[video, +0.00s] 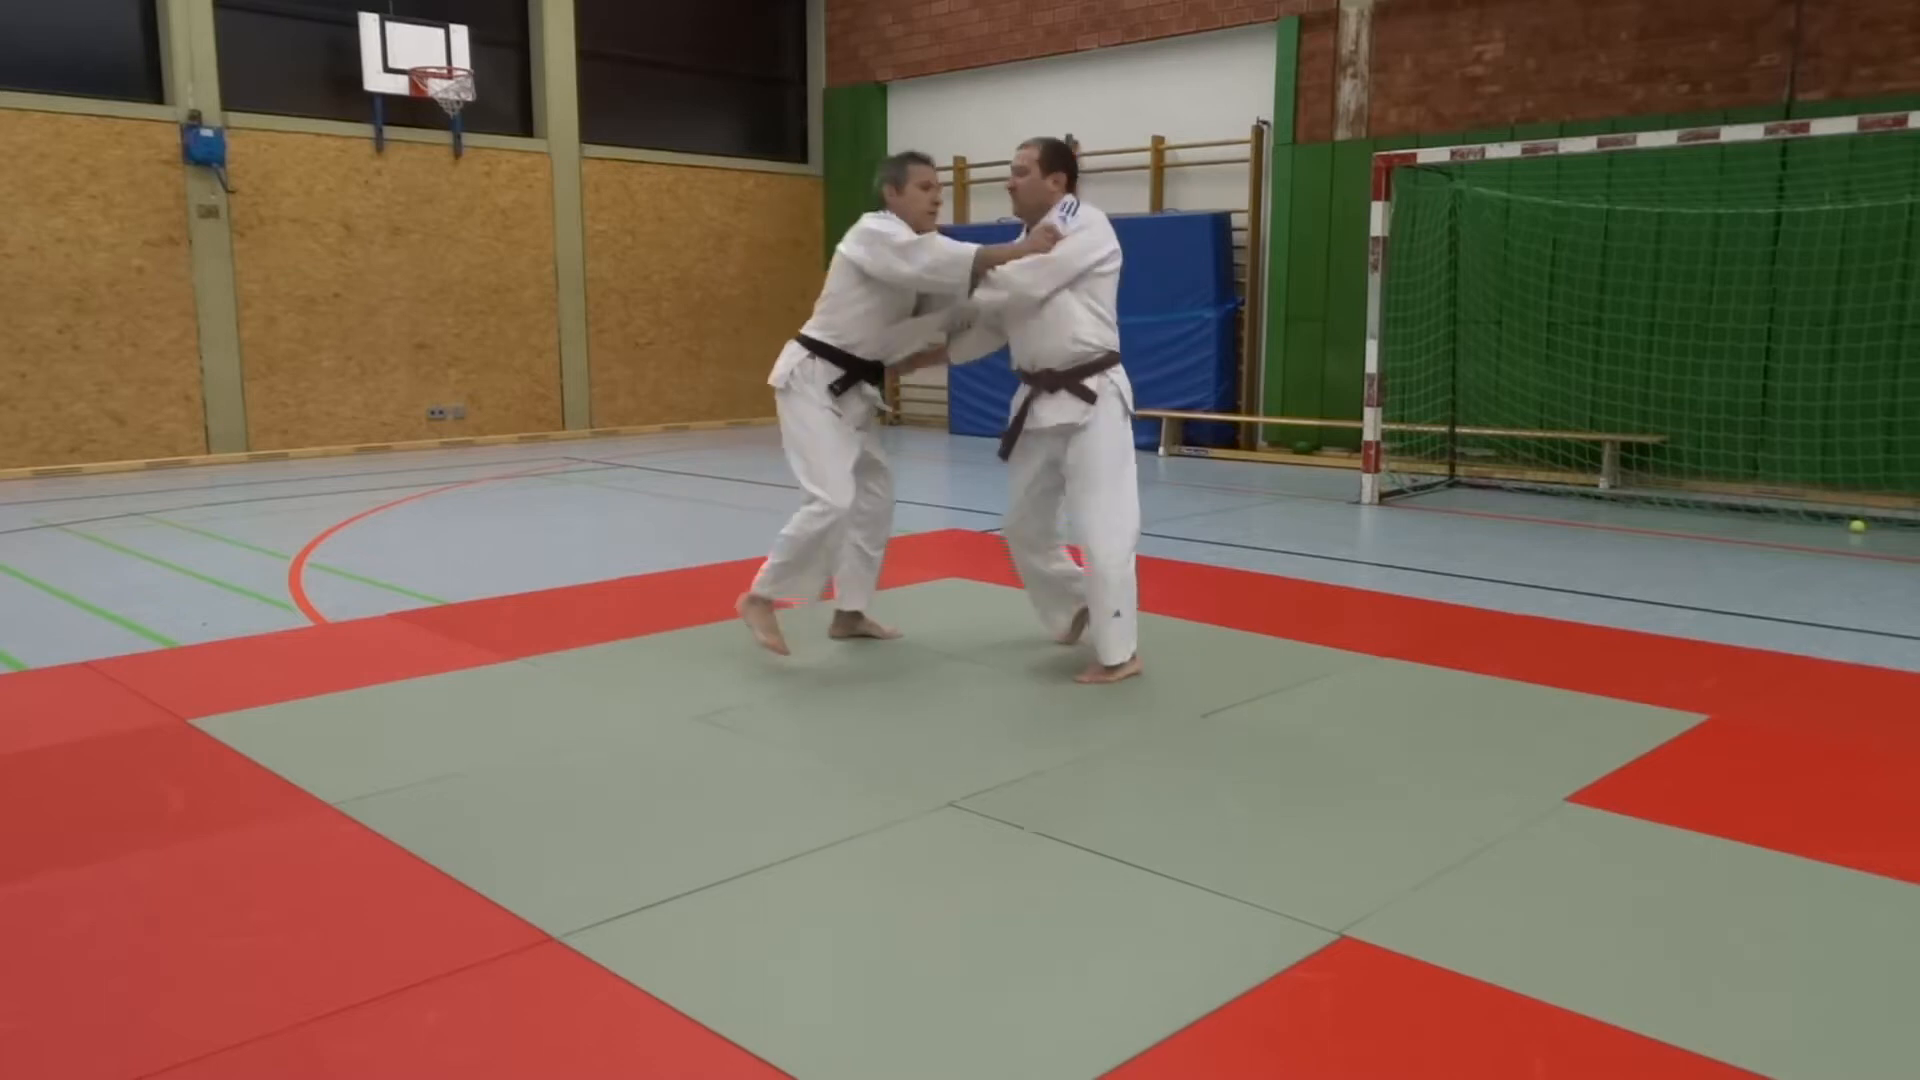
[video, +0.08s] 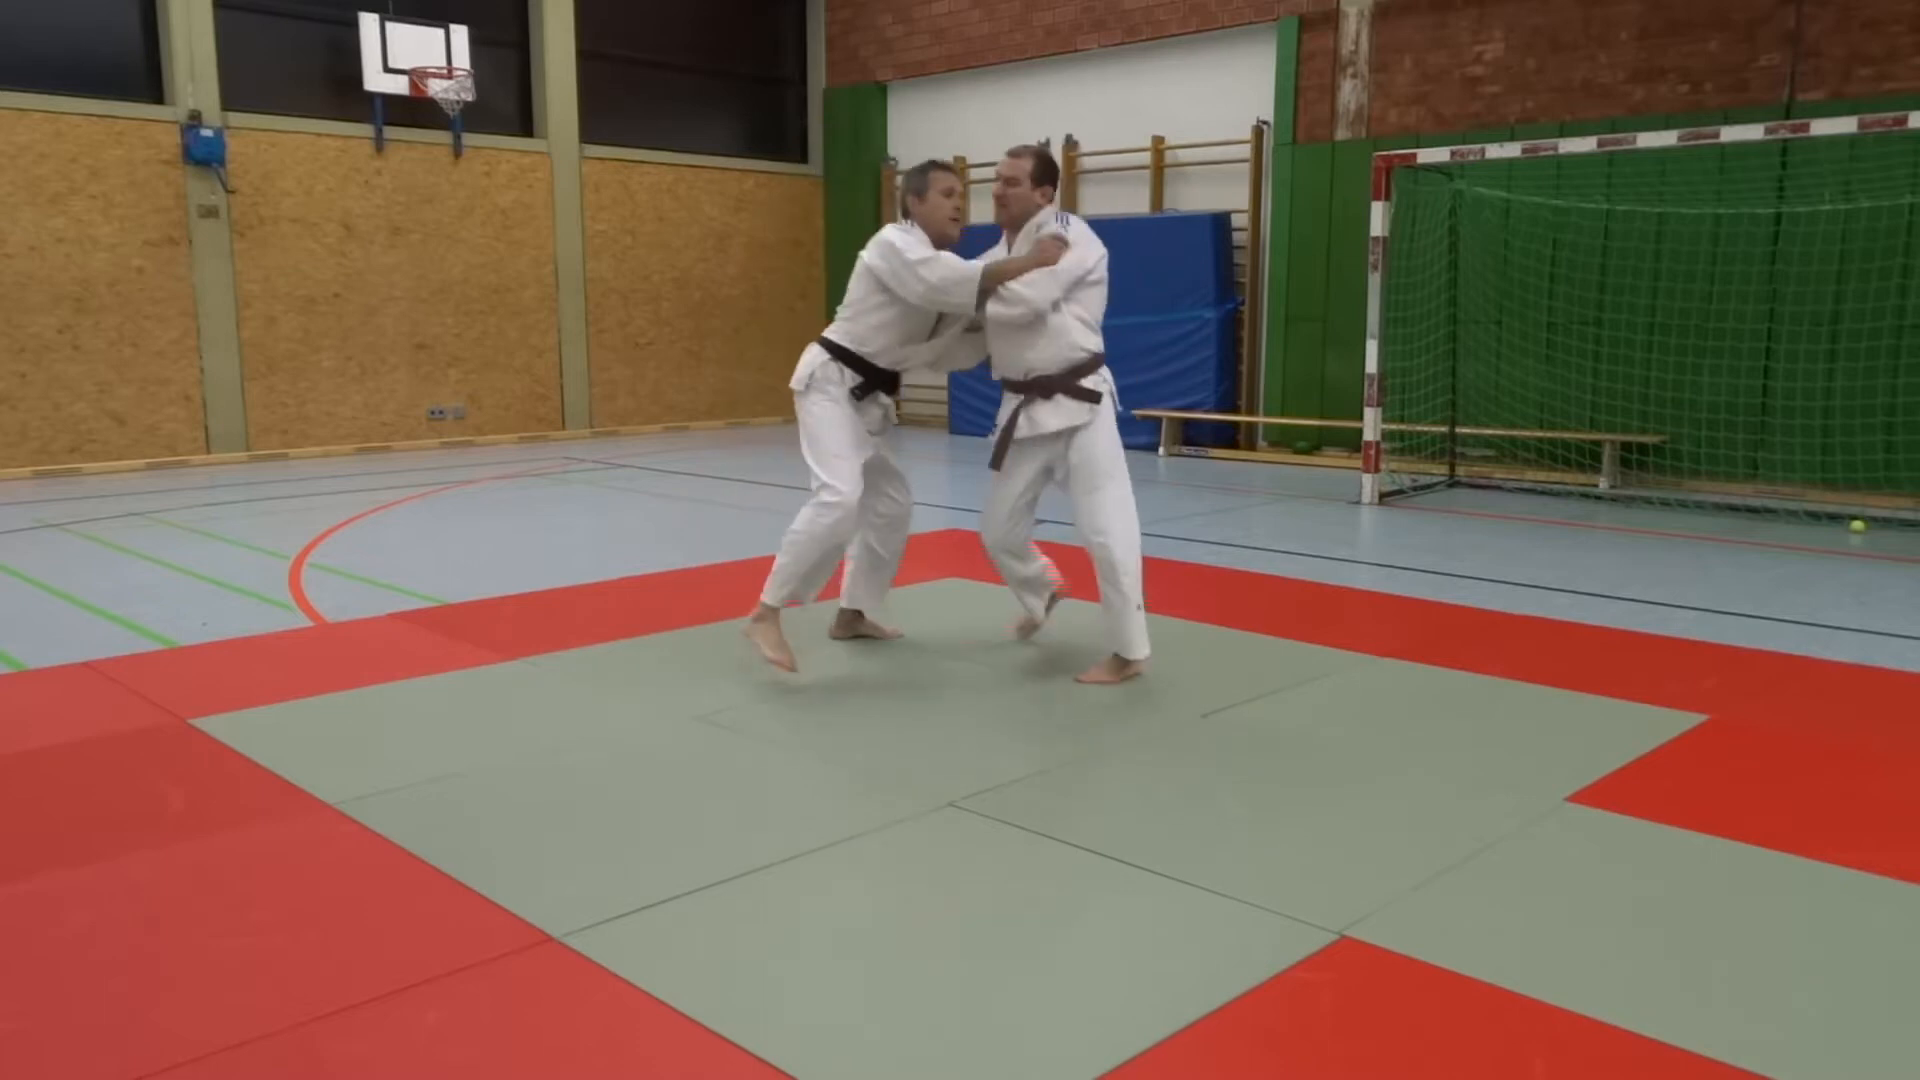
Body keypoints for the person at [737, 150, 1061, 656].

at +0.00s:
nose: (937, 199)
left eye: (938, 190)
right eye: (926, 189)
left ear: (933, 196)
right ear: (892, 193)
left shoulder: (922, 247)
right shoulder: (873, 232)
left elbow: (970, 290)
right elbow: (933, 260)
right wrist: (1023, 249)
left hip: (855, 389)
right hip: (810, 376)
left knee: (874, 497)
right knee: (833, 499)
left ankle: (849, 613)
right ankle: (760, 599)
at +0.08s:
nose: (961, 206)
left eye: (963, 197)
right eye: (949, 196)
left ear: (961, 206)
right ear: (915, 203)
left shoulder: (944, 265)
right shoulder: (892, 242)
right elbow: (947, 280)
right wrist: (1032, 261)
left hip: (867, 398)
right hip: (829, 379)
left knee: (889, 502)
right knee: (841, 495)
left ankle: (853, 615)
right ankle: (765, 615)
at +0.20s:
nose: (976, 217)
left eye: (977, 210)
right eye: (965, 210)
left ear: (955, 220)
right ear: (931, 216)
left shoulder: (951, 267)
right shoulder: (908, 254)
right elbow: (952, 301)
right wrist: (1037, 271)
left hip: (881, 409)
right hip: (844, 388)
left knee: (898, 511)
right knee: (836, 502)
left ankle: (855, 617)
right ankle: (783, 638)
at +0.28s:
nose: (962, 226)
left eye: (963, 216)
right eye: (951, 215)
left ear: (927, 222)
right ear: (916, 219)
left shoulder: (933, 268)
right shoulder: (898, 258)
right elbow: (947, 301)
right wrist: (1038, 275)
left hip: (872, 412)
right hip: (837, 394)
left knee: (890, 508)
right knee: (837, 515)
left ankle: (855, 616)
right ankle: (790, 654)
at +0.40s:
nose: (941, 206)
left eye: (940, 196)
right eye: (933, 196)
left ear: (902, 202)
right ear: (901, 201)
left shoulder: (902, 243)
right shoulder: (890, 244)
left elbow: (954, 289)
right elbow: (953, 303)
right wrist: (1050, 276)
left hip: (856, 395)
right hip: (827, 388)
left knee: (854, 517)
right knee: (831, 532)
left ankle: (844, 616)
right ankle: (779, 674)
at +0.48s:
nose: (930, 199)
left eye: (928, 188)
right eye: (923, 188)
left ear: (884, 189)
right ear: (895, 188)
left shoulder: (866, 231)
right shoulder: (883, 235)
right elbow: (953, 296)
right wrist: (1046, 273)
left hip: (830, 390)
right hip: (815, 388)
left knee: (843, 516)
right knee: (818, 533)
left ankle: (842, 618)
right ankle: (777, 677)